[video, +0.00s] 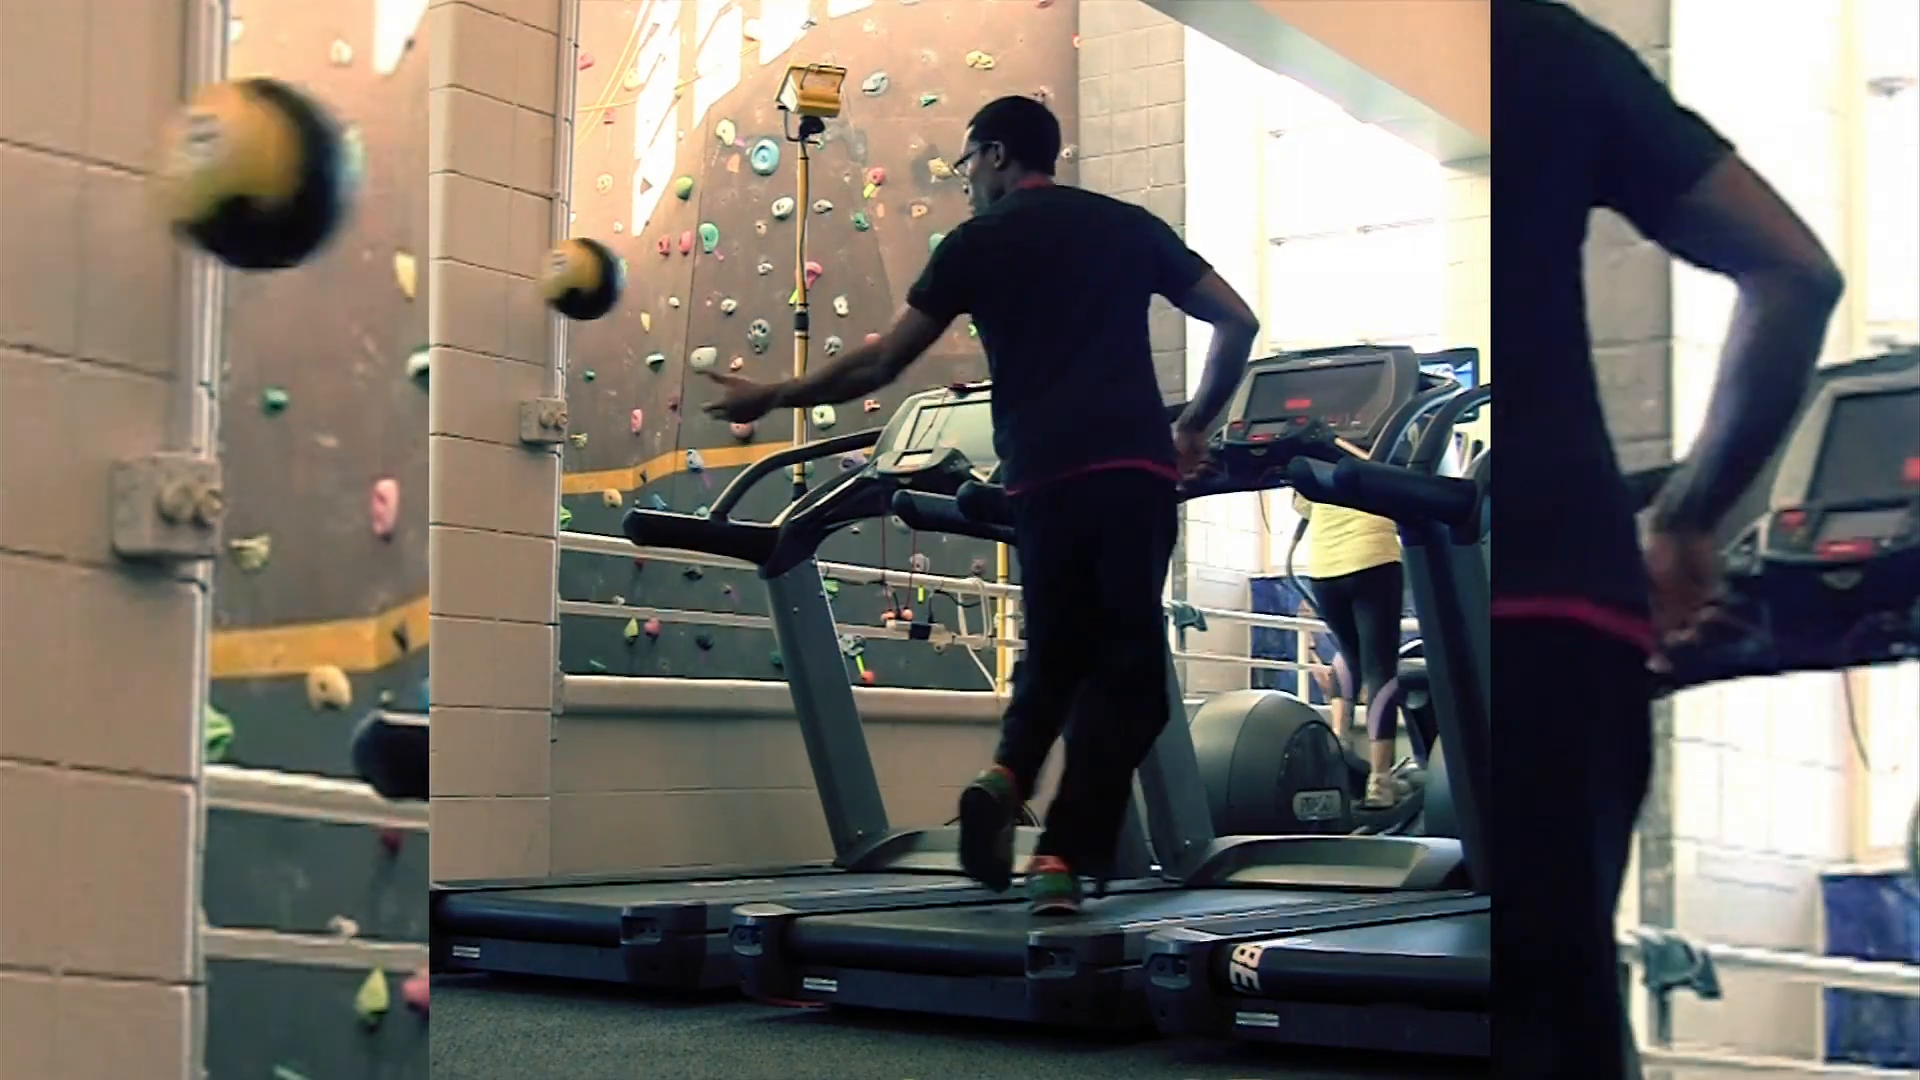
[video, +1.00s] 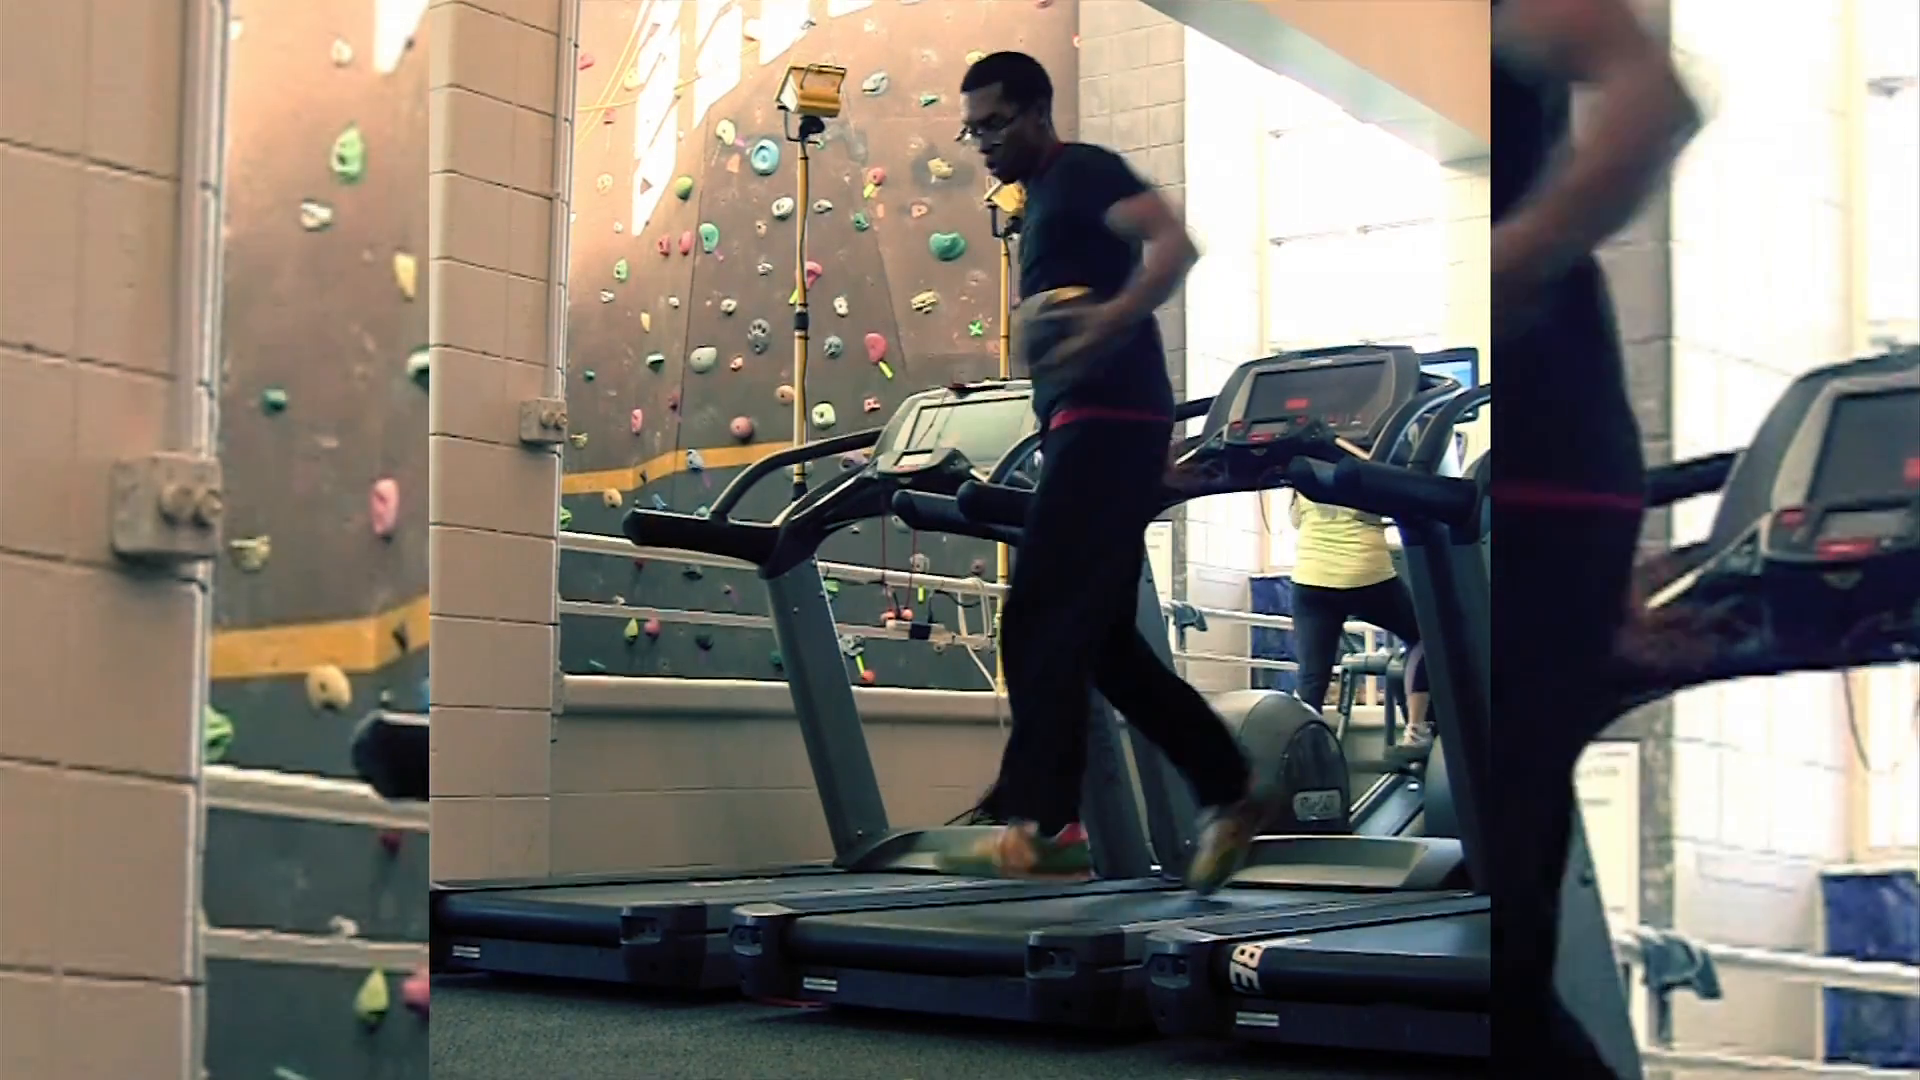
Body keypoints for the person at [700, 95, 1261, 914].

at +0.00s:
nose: (962, 179)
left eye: (967, 163)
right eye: (962, 165)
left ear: (998, 158)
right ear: (1048, 158)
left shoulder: (976, 243)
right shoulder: (1126, 224)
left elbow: (881, 361)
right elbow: (1237, 321)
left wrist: (772, 393)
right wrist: (1199, 422)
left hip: (1047, 479)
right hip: (1139, 472)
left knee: (1054, 651)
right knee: (1134, 673)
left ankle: (1005, 779)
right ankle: (1064, 861)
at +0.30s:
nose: (946, 180)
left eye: (951, 160)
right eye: (943, 163)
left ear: (992, 149)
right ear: (1028, 150)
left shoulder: (993, 232)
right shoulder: (1117, 212)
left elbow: (964, 374)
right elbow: (1189, 321)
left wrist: (857, 390)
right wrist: (1136, 391)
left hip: (1057, 452)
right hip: (1152, 444)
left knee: (1074, 644)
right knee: (1094, 646)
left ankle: (1120, 830)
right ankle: (1003, 828)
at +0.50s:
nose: (949, 183)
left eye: (955, 163)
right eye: (946, 167)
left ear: (999, 153)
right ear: (1026, 155)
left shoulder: (1009, 240)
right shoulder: (1117, 220)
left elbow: (983, 396)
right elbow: (1171, 343)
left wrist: (859, 433)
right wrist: (1101, 405)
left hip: (1065, 477)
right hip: (1160, 463)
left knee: (1075, 671)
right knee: (1139, 653)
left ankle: (1160, 849)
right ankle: (1083, 761)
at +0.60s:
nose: (959, 187)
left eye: (966, 167)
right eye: (955, 172)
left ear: (1012, 158)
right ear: (1032, 162)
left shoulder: (1020, 250)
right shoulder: (1116, 233)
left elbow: (991, 400)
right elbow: (1168, 357)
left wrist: (884, 457)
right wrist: (1092, 422)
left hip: (1072, 493)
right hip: (1156, 485)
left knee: (1057, 678)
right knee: (1140, 662)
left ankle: (1121, 860)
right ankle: (1159, 759)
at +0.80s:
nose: (970, 172)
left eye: (979, 154)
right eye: (966, 158)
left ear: (1033, 143)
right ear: (1034, 150)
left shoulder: (1054, 215)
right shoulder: (1097, 217)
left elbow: (1061, 347)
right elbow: (1166, 353)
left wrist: (958, 419)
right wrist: (1118, 437)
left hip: (1074, 472)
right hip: (1132, 470)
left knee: (1031, 666)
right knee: (1108, 666)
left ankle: (1075, 865)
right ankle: (1265, 757)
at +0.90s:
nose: (973, 155)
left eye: (984, 136)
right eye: (967, 141)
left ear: (1033, 126)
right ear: (1030, 139)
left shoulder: (1063, 186)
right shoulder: (1074, 200)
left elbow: (1119, 289)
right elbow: (1155, 336)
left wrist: (1025, 366)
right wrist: (1144, 431)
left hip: (1092, 441)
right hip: (1122, 443)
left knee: (1025, 637)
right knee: (1101, 654)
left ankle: (1051, 853)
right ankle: (1263, 766)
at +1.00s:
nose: (982, 143)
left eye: (993, 124)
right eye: (974, 131)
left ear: (1040, 112)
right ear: (983, 131)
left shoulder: (1082, 169)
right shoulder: (1039, 203)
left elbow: (1172, 240)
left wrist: (1108, 321)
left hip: (1108, 428)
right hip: (1087, 431)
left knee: (1039, 620)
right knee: (1100, 637)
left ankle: (1042, 827)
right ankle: (1233, 796)